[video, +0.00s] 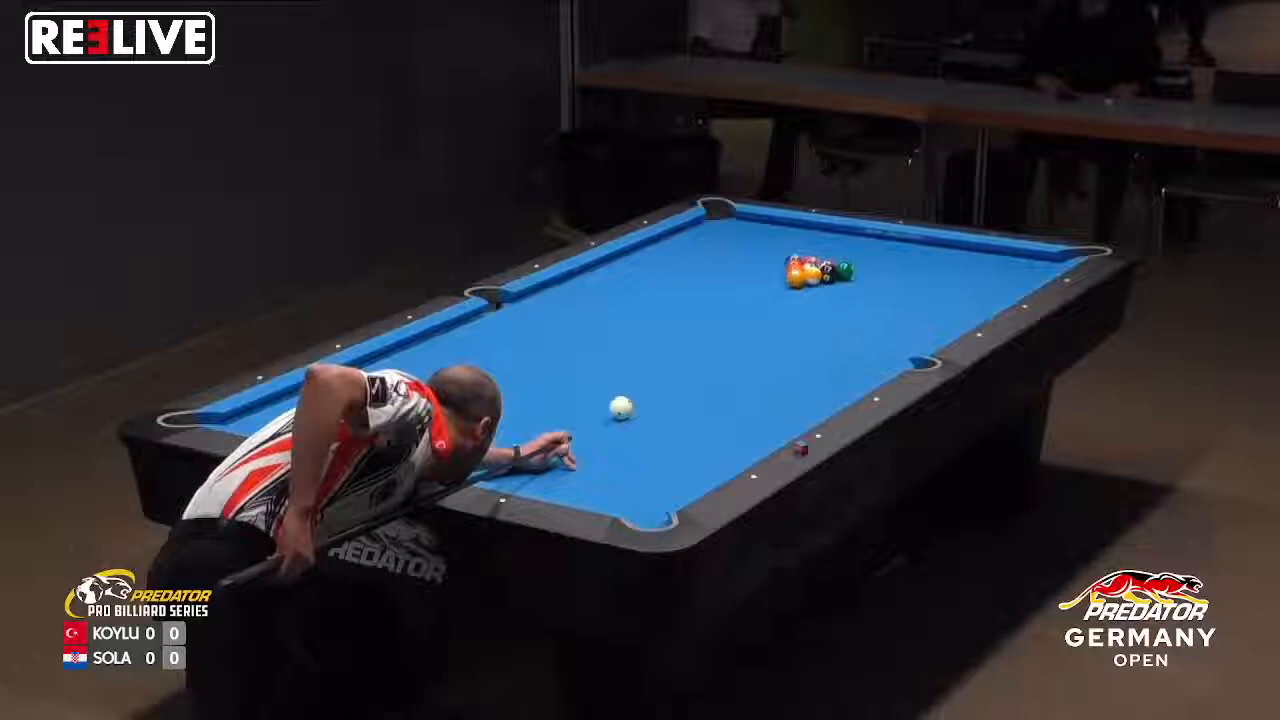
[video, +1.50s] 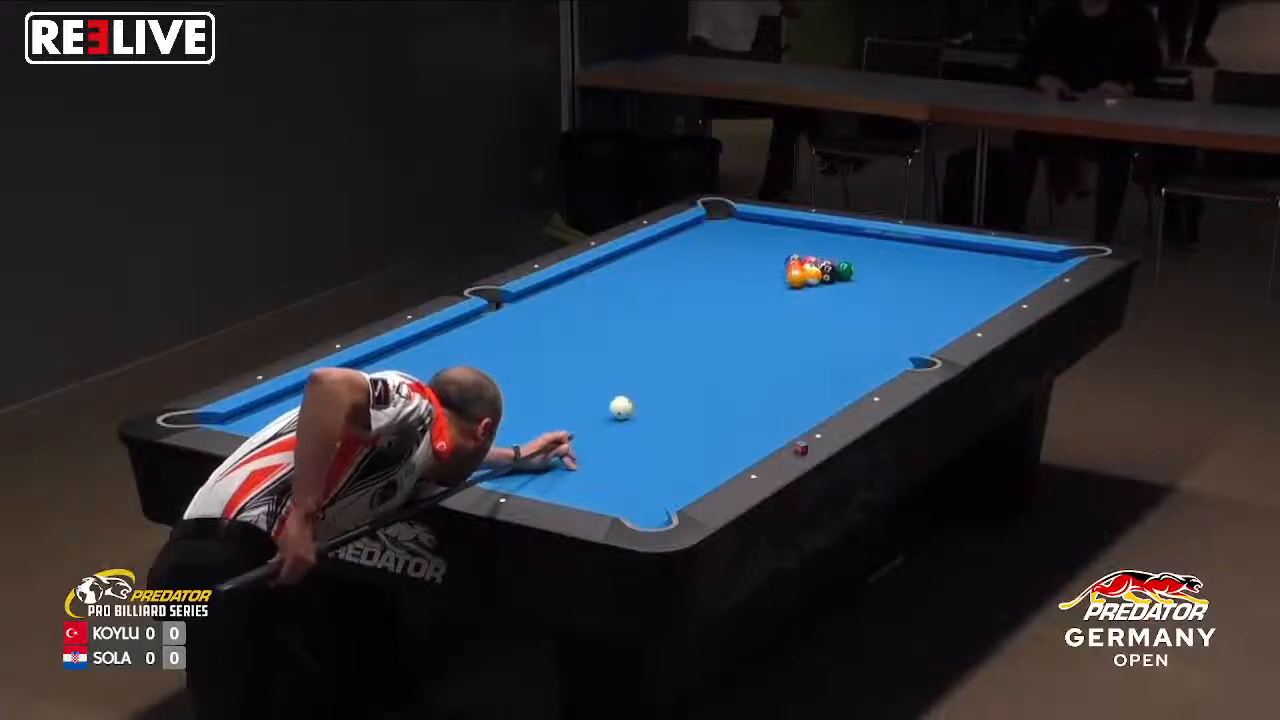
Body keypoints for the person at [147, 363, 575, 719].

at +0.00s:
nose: (487, 444)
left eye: (488, 436)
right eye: (491, 432)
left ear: (442, 403)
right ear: (481, 424)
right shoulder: (411, 400)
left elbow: (454, 457)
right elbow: (326, 381)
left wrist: (518, 457)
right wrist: (300, 511)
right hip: (225, 558)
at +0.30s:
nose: (488, 447)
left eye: (490, 438)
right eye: (491, 435)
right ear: (482, 426)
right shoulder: (412, 399)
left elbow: (451, 457)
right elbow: (328, 388)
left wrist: (518, 458)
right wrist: (343, 510)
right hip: (227, 561)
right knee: (239, 703)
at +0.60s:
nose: (491, 443)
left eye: (492, 435)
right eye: (494, 432)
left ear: (445, 408)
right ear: (483, 424)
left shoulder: (424, 451)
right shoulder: (412, 400)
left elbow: (454, 459)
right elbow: (328, 386)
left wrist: (519, 458)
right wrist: (316, 524)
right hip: (223, 554)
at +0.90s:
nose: (489, 447)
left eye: (491, 438)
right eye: (493, 435)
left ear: (445, 410)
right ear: (483, 426)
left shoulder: (417, 457)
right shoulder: (412, 399)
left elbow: (453, 460)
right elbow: (329, 382)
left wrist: (518, 458)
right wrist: (319, 515)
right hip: (227, 556)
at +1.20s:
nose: (489, 445)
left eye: (492, 436)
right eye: (493, 433)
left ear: (441, 404)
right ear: (483, 425)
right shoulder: (412, 399)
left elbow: (450, 459)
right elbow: (330, 388)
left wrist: (518, 459)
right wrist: (341, 513)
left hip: (187, 555)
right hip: (231, 560)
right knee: (242, 699)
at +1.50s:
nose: (490, 446)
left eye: (492, 438)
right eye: (494, 435)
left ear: (444, 408)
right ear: (484, 426)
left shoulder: (420, 455)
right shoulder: (412, 400)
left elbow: (453, 460)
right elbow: (329, 385)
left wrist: (519, 458)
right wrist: (301, 515)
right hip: (224, 555)